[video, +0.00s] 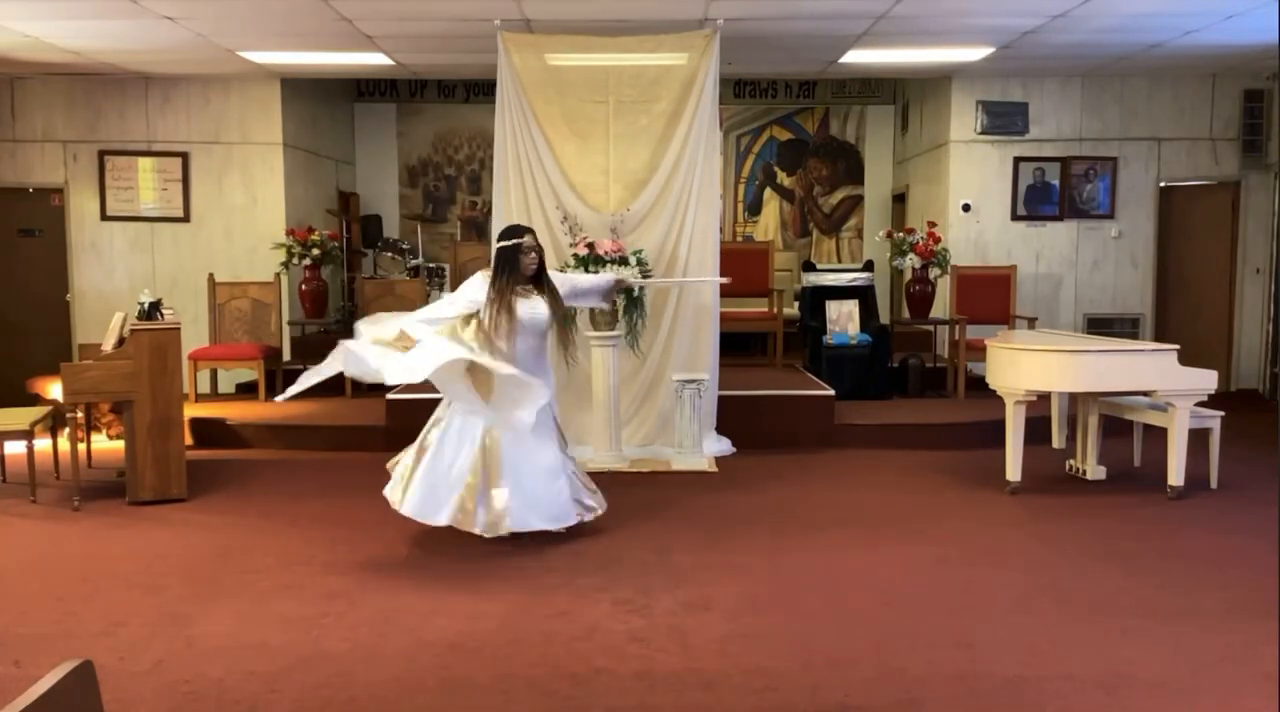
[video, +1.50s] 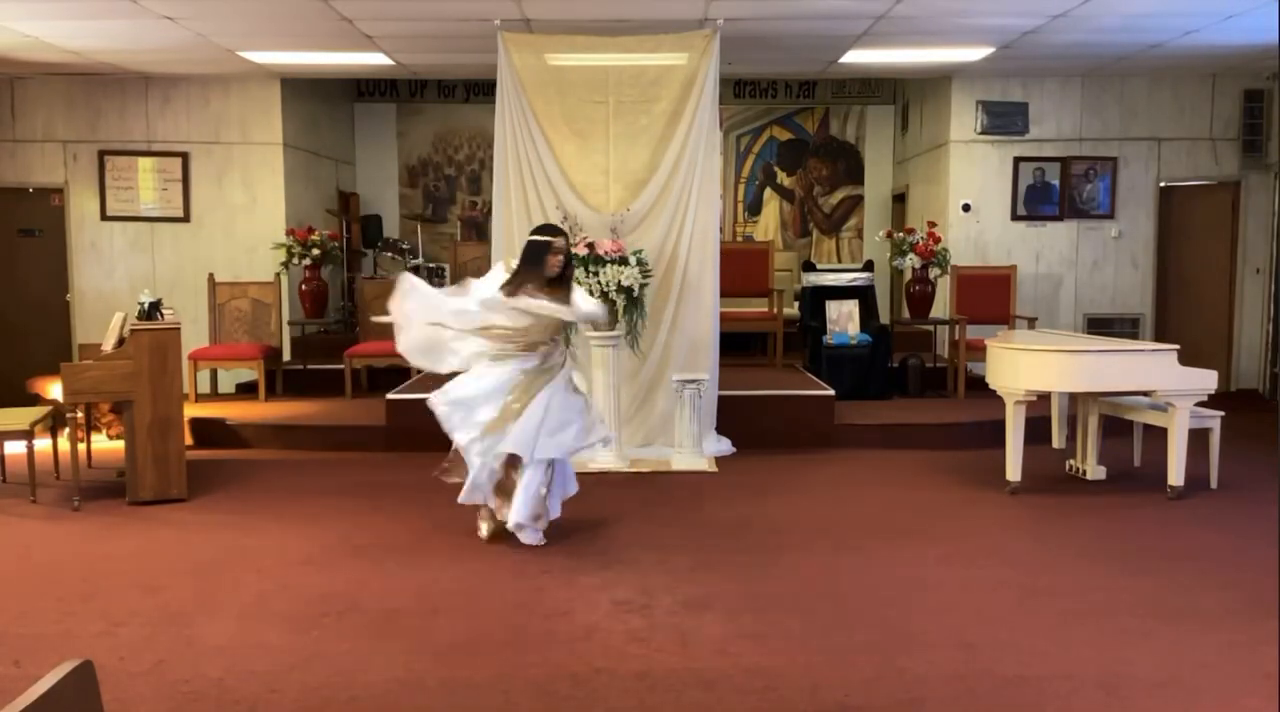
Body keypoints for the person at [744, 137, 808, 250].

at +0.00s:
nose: (777, 159)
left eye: (782, 155)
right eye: (777, 155)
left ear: (795, 157)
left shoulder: (805, 177)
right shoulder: (772, 175)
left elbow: (798, 199)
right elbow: (753, 211)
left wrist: (772, 183)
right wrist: (762, 183)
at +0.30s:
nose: (777, 159)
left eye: (782, 155)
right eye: (777, 155)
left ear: (795, 157)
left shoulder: (805, 177)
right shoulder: (772, 175)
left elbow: (798, 199)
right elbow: (753, 211)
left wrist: (772, 183)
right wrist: (762, 183)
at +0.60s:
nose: (777, 159)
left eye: (782, 155)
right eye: (777, 155)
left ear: (795, 157)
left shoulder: (805, 177)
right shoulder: (772, 175)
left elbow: (798, 199)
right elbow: (753, 211)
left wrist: (772, 183)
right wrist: (762, 183)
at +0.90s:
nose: (777, 159)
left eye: (782, 155)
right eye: (777, 155)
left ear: (795, 157)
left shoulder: (805, 177)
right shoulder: (772, 175)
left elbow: (798, 199)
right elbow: (753, 211)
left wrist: (772, 183)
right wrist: (762, 183)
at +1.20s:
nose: (777, 159)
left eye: (782, 155)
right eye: (777, 155)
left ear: (795, 157)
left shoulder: (805, 177)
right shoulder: (772, 175)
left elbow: (798, 199)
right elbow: (753, 211)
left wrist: (772, 183)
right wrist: (762, 183)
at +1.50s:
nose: (777, 159)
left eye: (782, 155)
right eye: (777, 155)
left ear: (795, 157)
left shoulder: (805, 177)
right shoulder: (772, 175)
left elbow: (798, 199)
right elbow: (753, 211)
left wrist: (772, 183)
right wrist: (762, 183)